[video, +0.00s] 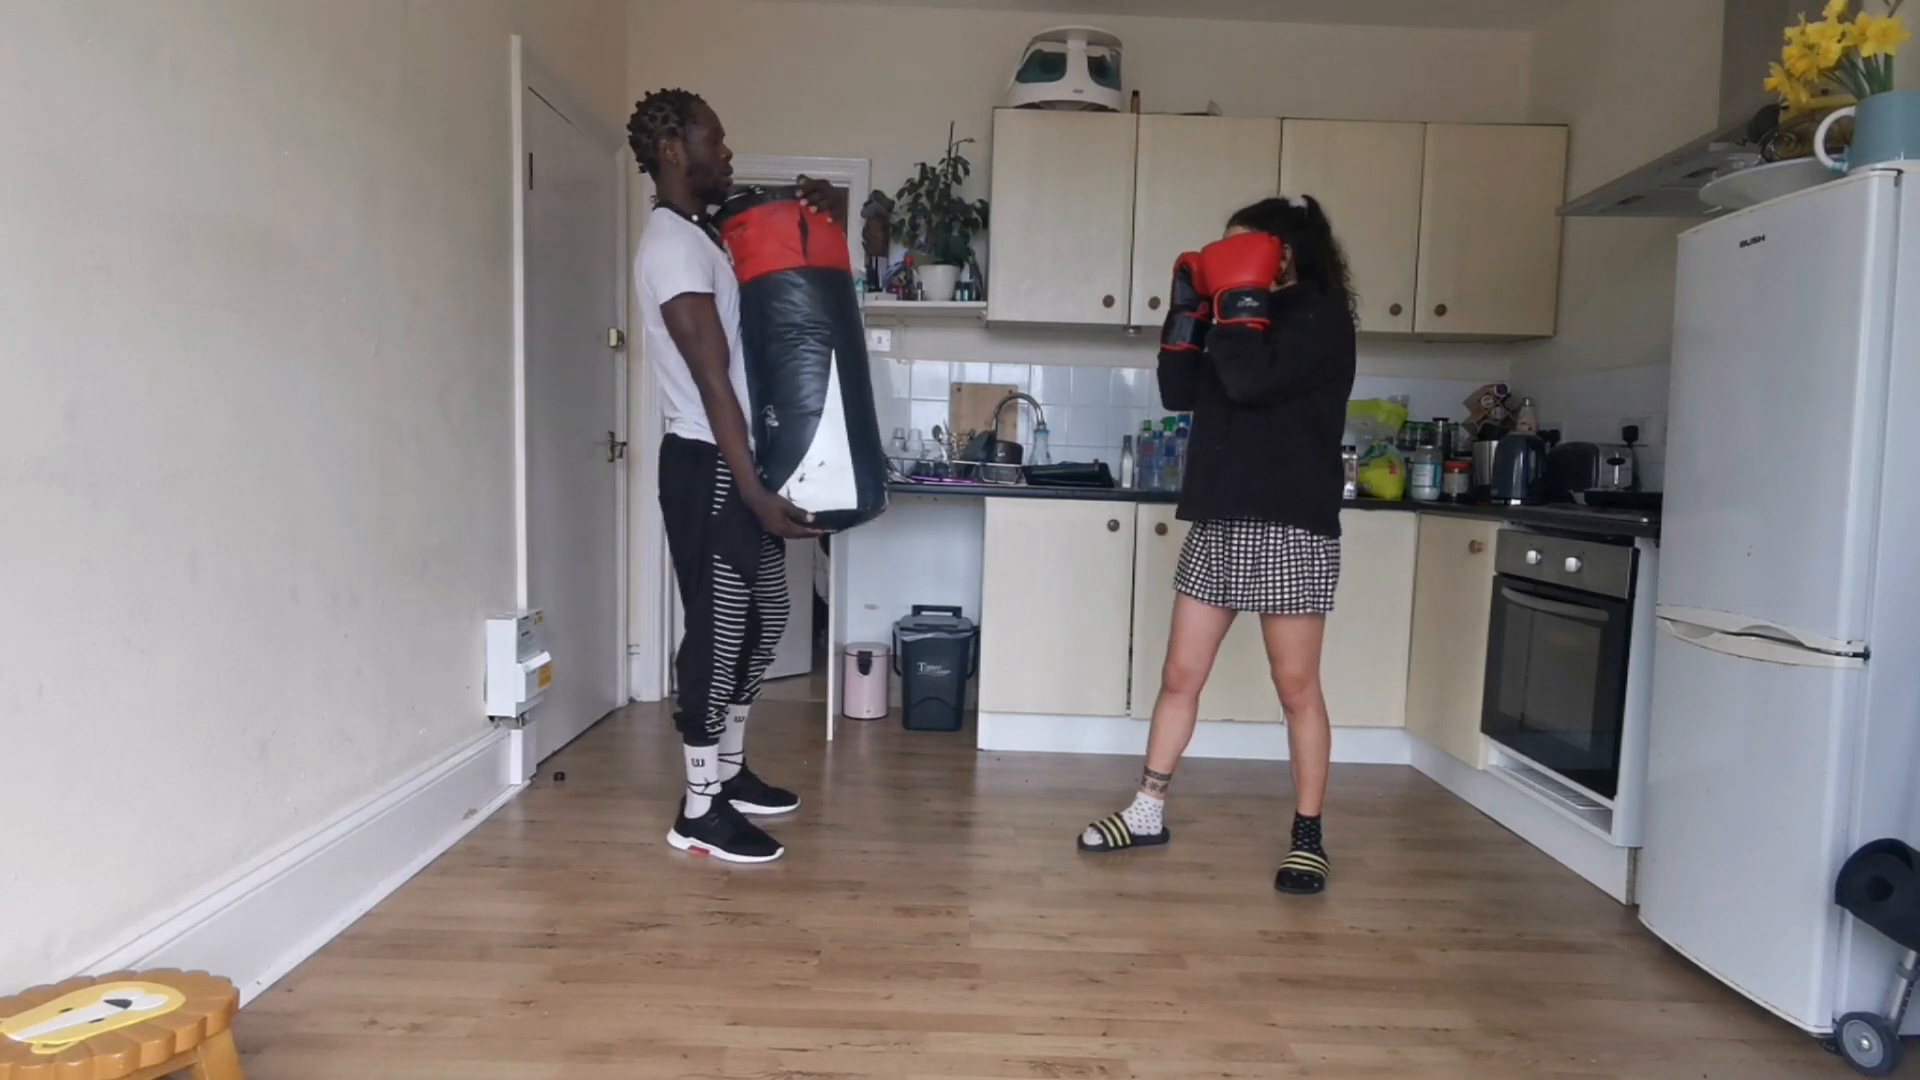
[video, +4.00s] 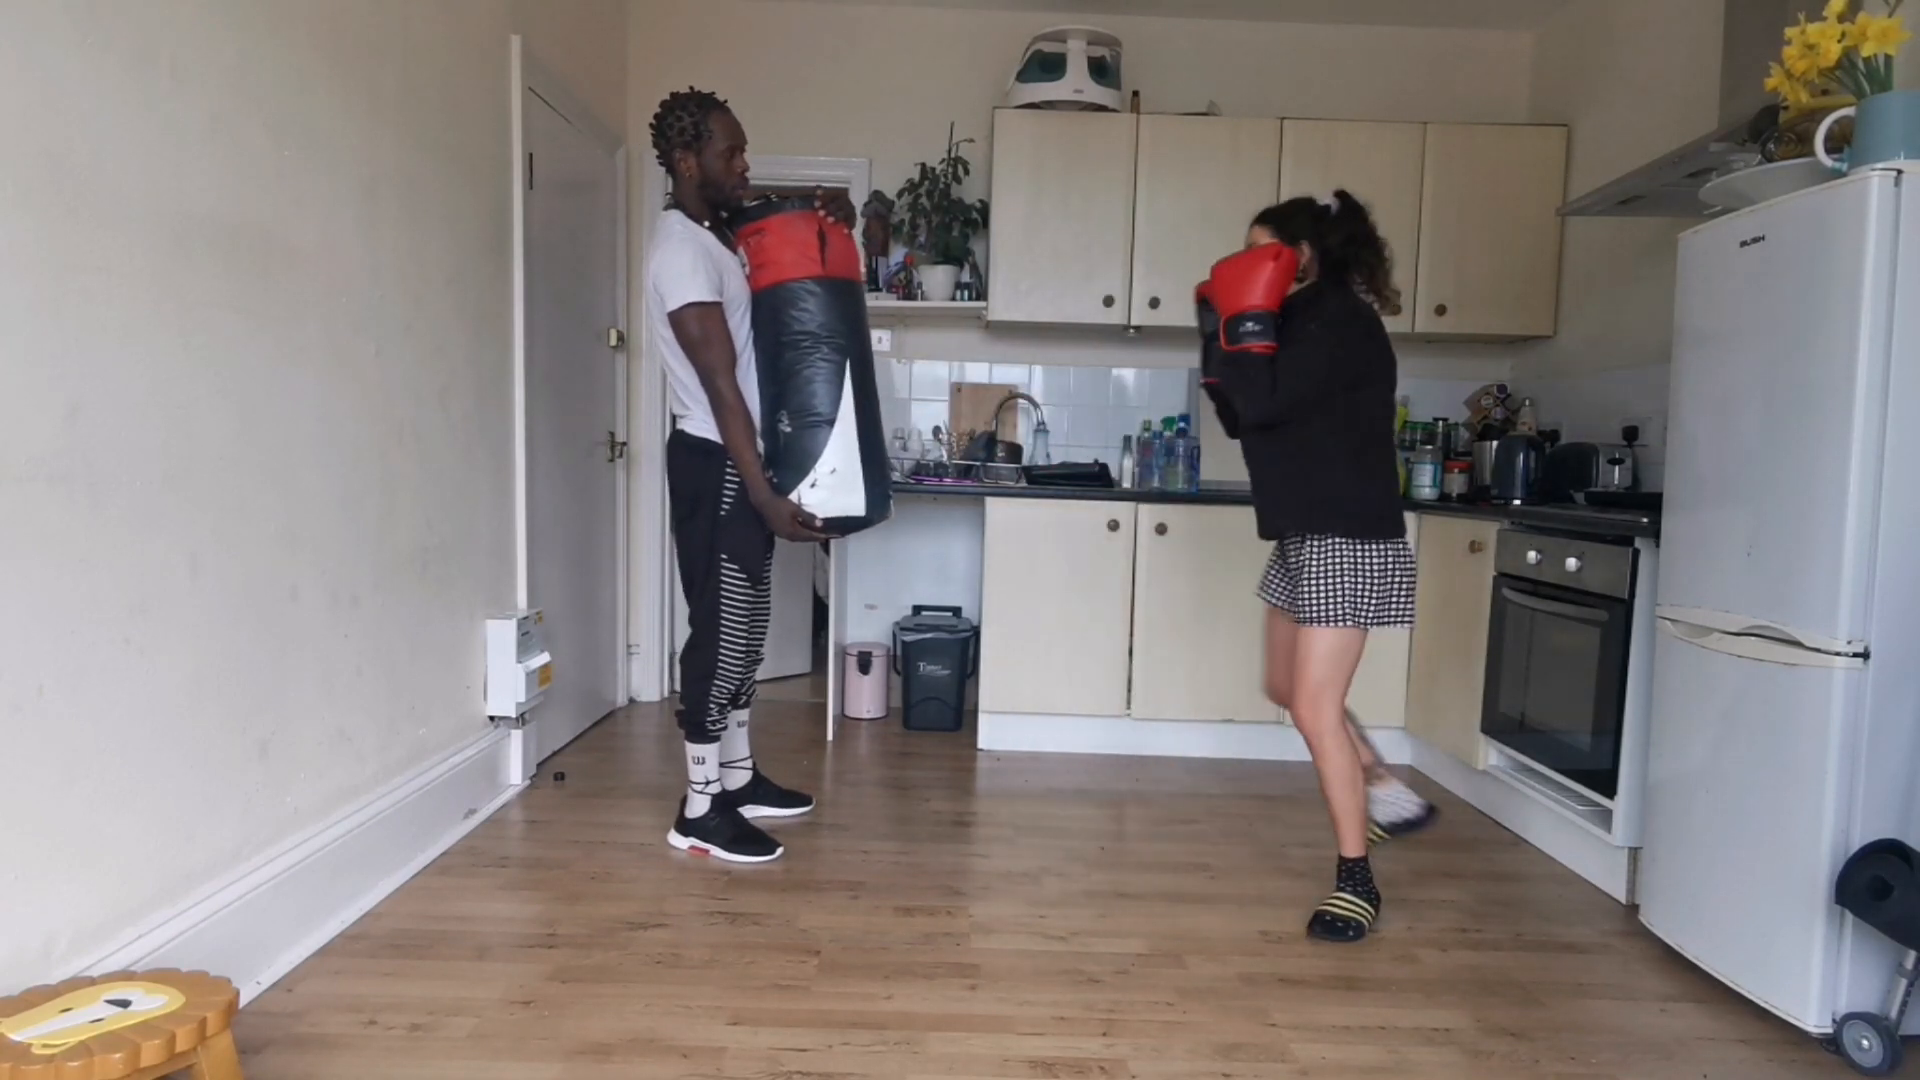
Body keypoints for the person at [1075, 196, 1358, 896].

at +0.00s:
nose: (1237, 261)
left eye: (1249, 248)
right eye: (1235, 248)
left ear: (1288, 255)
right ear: (1248, 262)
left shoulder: (1323, 318)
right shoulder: (1237, 319)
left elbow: (1247, 382)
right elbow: (1177, 392)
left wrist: (1241, 304)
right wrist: (1186, 305)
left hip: (1293, 518)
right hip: (1218, 514)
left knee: (1297, 684)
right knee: (1180, 674)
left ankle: (1307, 835)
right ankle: (1148, 810)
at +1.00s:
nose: (1241, 300)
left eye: (1253, 286)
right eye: (1237, 289)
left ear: (1299, 283)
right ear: (1244, 293)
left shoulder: (1352, 337)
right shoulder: (1258, 350)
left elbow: (1311, 420)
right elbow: (1217, 427)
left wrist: (1272, 344)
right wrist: (1208, 347)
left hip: (1359, 540)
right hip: (1277, 541)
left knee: (1360, 705)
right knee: (1214, 678)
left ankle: (1381, 840)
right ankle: (1153, 809)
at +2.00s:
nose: (1256, 361)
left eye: (1272, 350)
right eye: (1255, 347)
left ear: (1318, 359)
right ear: (1254, 344)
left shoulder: (1342, 424)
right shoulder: (1257, 397)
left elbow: (1271, 505)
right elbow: (1222, 460)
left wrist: (1271, 433)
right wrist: (1196, 434)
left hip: (1295, 579)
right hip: (1213, 562)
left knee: (1328, 728)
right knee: (1123, 666)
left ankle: (1390, 824)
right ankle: (1069, 791)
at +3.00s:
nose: (1111, 302)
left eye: (1123, 291)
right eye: (1108, 292)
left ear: (1164, 293)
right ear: (1112, 294)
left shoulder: (1206, 348)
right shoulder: (1100, 355)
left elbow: (1177, 431)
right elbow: (1022, 390)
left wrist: (1137, 362)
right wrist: (958, 369)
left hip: (1215, 533)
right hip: (1131, 536)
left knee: (1259, 684)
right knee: (1068, 653)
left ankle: (1290, 796)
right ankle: (1034, 775)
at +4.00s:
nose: (1251, 270)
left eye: (1262, 256)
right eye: (1249, 257)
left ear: (1303, 256)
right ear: (1300, 257)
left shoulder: (1339, 320)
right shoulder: (1293, 324)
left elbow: (1268, 407)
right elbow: (1244, 423)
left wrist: (1248, 321)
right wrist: (1218, 337)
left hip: (1350, 537)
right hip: (1303, 535)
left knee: (1318, 707)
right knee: (1287, 688)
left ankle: (1355, 881)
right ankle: (1389, 795)